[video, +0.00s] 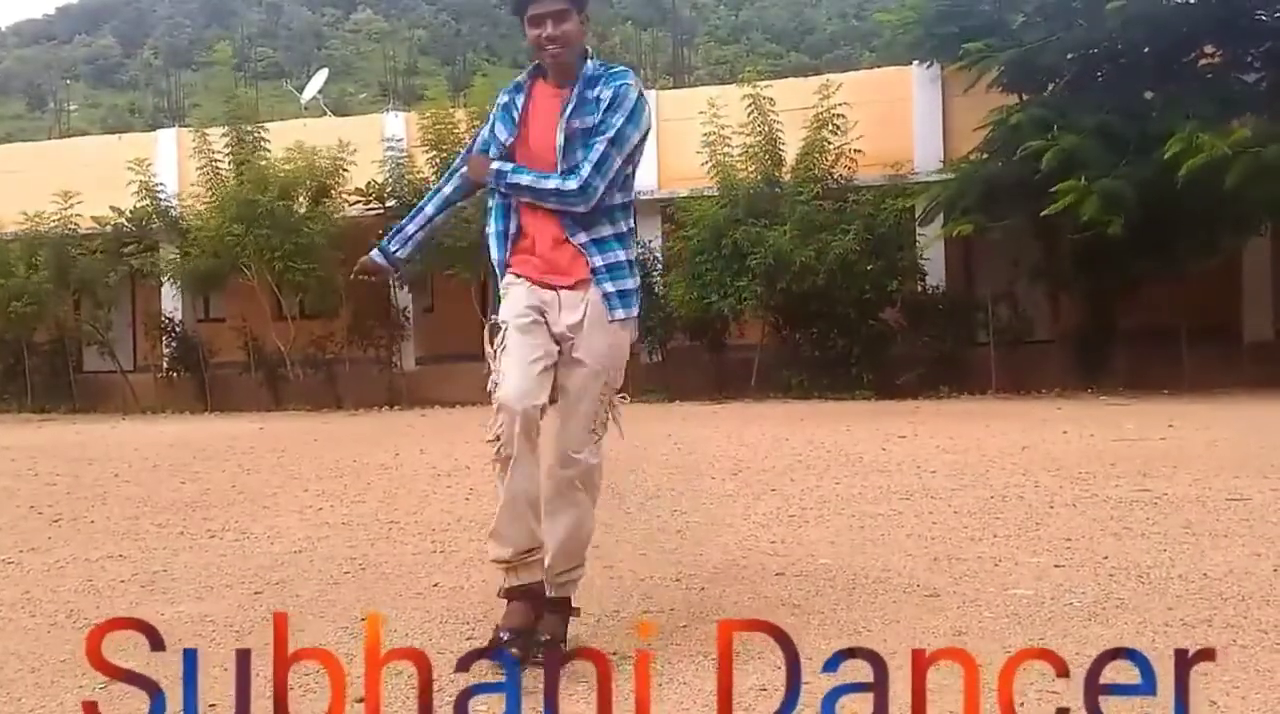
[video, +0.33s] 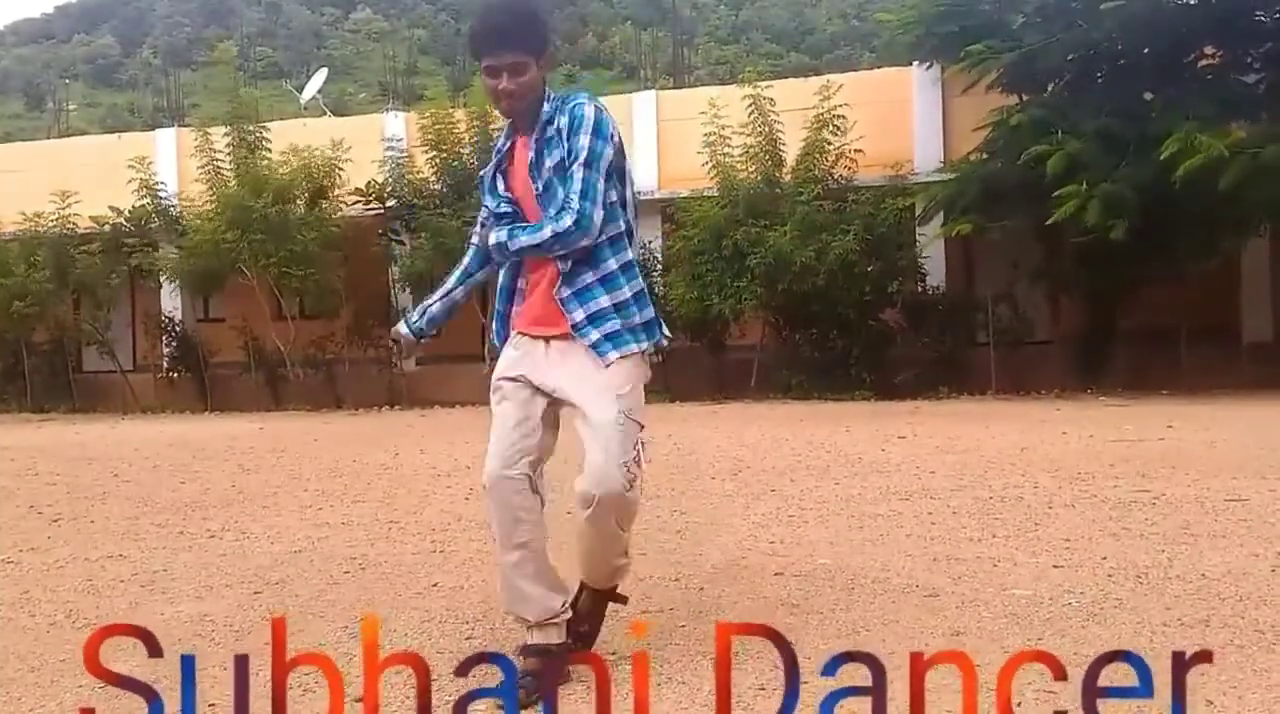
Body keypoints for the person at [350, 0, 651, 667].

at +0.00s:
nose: (548, 33)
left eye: (561, 19)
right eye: (537, 22)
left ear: (586, 22)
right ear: (525, 29)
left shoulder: (622, 92)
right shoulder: (513, 100)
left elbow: (584, 192)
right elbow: (463, 180)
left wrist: (497, 171)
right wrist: (392, 249)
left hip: (602, 290)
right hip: (525, 286)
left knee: (572, 452)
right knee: (517, 410)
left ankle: (557, 601)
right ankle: (522, 587)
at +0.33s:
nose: (504, 86)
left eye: (518, 70)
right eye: (492, 73)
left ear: (545, 64)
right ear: (480, 76)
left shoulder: (584, 118)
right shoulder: (498, 160)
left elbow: (580, 224)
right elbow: (485, 252)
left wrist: (503, 236)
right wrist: (422, 319)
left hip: (604, 333)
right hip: (528, 336)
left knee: (606, 486)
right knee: (504, 475)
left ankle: (597, 590)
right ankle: (544, 635)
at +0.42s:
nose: (497, 90)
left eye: (510, 75)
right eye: (485, 78)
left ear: (540, 71)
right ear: (476, 81)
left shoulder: (578, 124)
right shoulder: (499, 164)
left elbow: (589, 238)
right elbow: (505, 273)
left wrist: (522, 332)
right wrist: (443, 343)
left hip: (620, 335)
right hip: (541, 343)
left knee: (646, 468)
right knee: (507, 479)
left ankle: (652, 579)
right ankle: (543, 643)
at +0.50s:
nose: (497, 81)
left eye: (510, 67)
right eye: (485, 69)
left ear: (538, 69)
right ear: (474, 75)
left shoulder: (572, 126)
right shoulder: (495, 157)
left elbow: (588, 233)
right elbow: (517, 242)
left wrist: (611, 341)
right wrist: (517, 294)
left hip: (632, 317)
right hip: (552, 328)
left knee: (678, 458)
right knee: (526, 472)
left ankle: (711, 582)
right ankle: (545, 637)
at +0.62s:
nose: (523, 62)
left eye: (535, 49)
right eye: (510, 50)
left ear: (554, 52)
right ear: (492, 58)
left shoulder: (588, 106)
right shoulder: (494, 133)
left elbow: (650, 191)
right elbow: (533, 230)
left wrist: (721, 267)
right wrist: (596, 207)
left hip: (646, 310)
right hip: (565, 318)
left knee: (712, 460)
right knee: (548, 473)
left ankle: (772, 601)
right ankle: (547, 640)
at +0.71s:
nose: (555, 49)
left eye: (567, 36)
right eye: (542, 36)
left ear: (587, 39)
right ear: (525, 43)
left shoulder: (624, 94)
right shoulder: (514, 121)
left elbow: (697, 163)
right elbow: (543, 222)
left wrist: (782, 218)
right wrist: (627, 183)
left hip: (654, 313)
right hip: (570, 321)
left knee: (725, 467)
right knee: (547, 478)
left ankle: (790, 609)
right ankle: (546, 644)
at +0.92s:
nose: (643, 44)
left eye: (655, 31)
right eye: (630, 34)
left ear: (675, 40)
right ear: (613, 46)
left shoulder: (706, 125)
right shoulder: (592, 114)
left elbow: (781, 173)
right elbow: (589, 205)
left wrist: (874, 193)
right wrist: (693, 179)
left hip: (695, 318)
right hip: (610, 324)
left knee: (749, 480)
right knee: (579, 487)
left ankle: (788, 625)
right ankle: (546, 644)